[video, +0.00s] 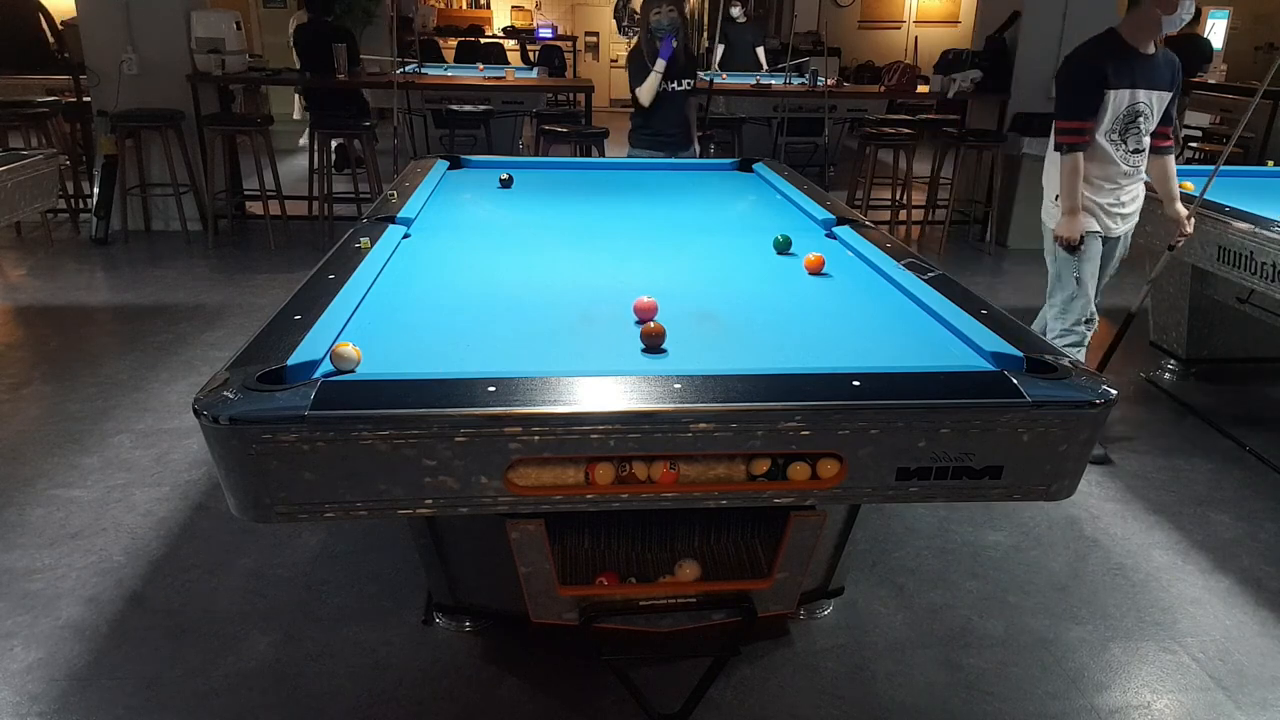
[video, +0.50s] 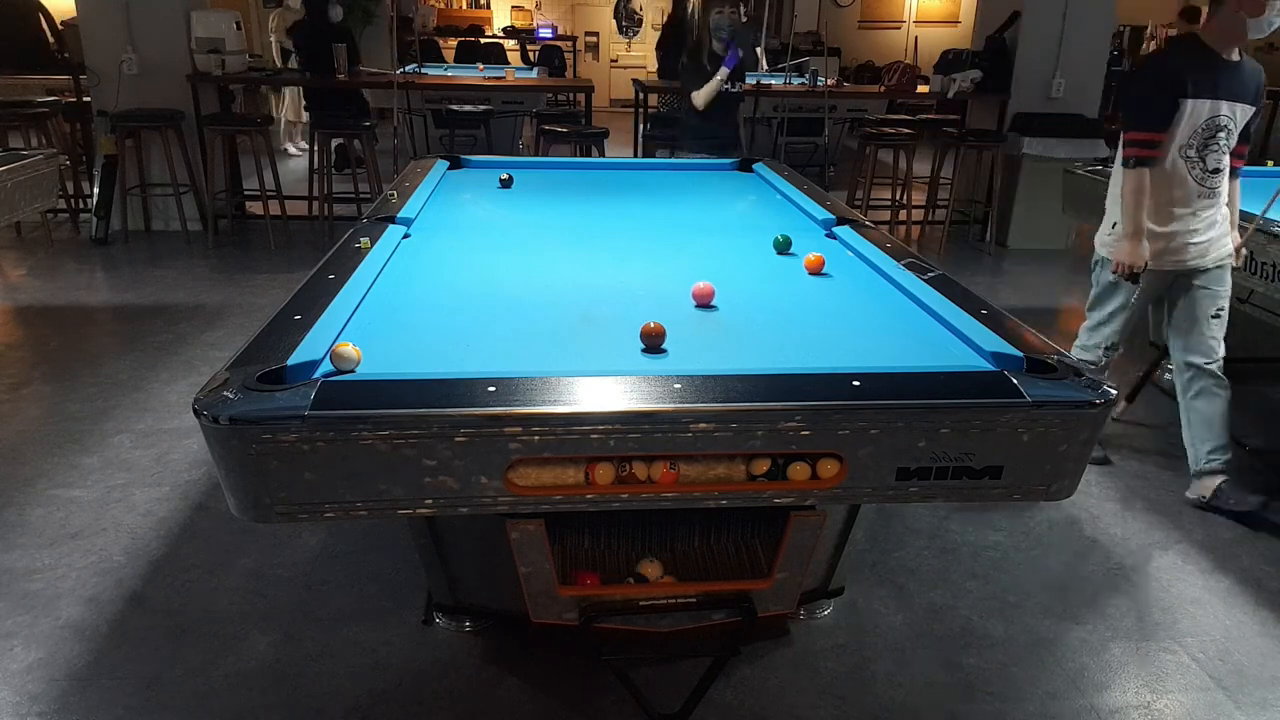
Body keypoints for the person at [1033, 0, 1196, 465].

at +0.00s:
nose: (1179, 13)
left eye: (1181, 7)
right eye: (1173, 5)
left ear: (1166, 11)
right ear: (1146, 3)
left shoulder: (1168, 67)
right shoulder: (1087, 61)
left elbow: (1160, 144)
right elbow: (1070, 146)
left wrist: (1173, 203)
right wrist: (1069, 211)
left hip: (1122, 215)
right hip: (1076, 211)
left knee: (1070, 312)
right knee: (1074, 320)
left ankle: (1014, 383)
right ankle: (1067, 430)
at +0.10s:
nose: (1192, 9)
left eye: (1193, 4)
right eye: (1187, 3)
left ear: (1176, 8)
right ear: (1167, 2)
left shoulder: (1186, 65)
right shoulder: (1097, 58)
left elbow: (1175, 147)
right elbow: (1080, 142)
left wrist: (1176, 207)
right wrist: (1083, 210)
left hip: (1139, 218)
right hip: (1086, 215)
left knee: (1111, 321)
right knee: (1074, 329)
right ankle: (1065, 436)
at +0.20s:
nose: (1206, 11)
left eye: (1208, 5)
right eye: (1201, 4)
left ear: (1192, 7)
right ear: (1177, 3)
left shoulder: (1199, 65)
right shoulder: (1108, 59)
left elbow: (1188, 149)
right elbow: (1089, 144)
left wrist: (1184, 212)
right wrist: (1097, 212)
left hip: (1154, 223)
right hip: (1093, 219)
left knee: (1141, 319)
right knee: (1080, 330)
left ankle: (1087, 371)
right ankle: (1071, 435)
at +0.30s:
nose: (1225, 9)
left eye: (1226, 4)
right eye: (1220, 3)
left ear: (1209, 8)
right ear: (1196, 2)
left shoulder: (1212, 66)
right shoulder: (1123, 57)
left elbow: (1198, 152)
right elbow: (1103, 146)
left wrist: (1193, 214)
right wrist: (1107, 218)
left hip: (1171, 227)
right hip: (1105, 222)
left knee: (1172, 328)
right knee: (1083, 330)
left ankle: (1106, 402)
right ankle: (1072, 427)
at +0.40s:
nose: (1243, 11)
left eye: (1244, 5)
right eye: (1238, 3)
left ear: (1225, 7)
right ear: (1213, 2)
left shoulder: (1229, 71)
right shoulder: (1138, 58)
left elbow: (1213, 156)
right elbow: (1119, 149)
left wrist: (1207, 223)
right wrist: (1119, 224)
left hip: (1186, 234)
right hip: (1118, 230)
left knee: (1187, 344)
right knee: (1089, 341)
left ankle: (1157, 448)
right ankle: (1066, 436)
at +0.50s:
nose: (1263, 17)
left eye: (1263, 10)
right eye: (1255, 8)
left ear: (1245, 11)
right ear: (1224, 6)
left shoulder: (1252, 78)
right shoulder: (1161, 67)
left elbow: (1234, 163)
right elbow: (1136, 160)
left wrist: (1230, 227)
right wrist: (1131, 237)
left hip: (1206, 244)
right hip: (1139, 240)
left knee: (1203, 361)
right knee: (1097, 349)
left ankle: (1207, 476)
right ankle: (1066, 438)